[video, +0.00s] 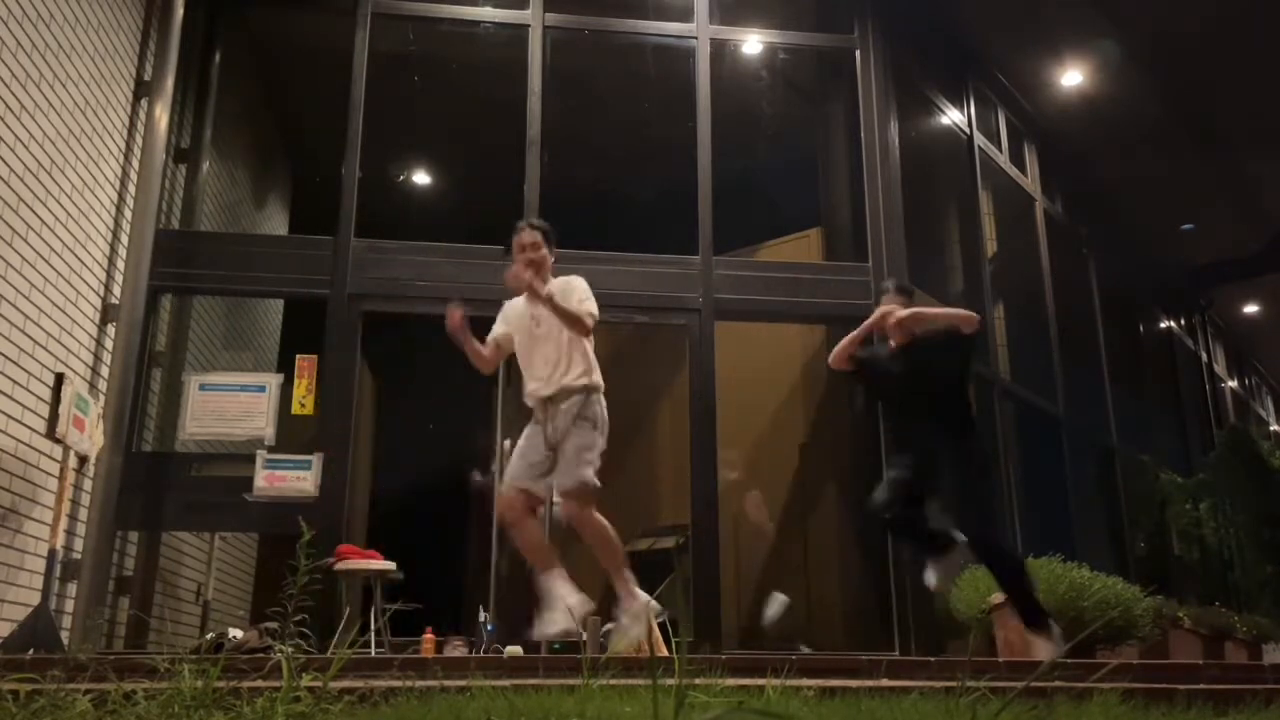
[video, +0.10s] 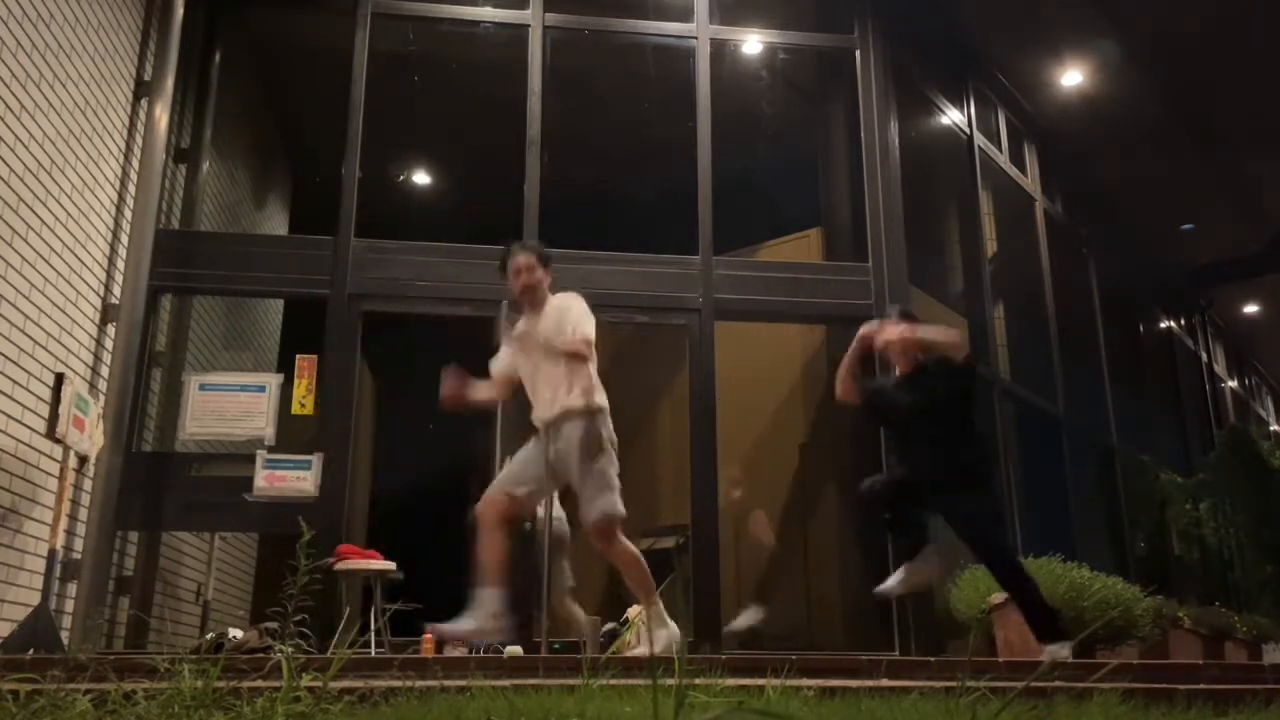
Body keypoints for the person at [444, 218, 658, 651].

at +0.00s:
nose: (529, 256)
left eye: (535, 247)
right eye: (522, 250)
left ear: (550, 252)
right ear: (512, 260)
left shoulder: (570, 285)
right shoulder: (514, 308)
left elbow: (585, 327)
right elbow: (488, 362)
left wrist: (541, 294)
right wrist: (463, 336)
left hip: (582, 406)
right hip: (543, 416)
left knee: (576, 507)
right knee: (511, 506)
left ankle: (633, 601)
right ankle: (565, 599)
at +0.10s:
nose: (524, 278)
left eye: (531, 270)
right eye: (516, 272)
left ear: (547, 273)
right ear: (509, 281)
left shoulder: (568, 304)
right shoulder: (518, 333)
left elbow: (583, 349)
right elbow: (498, 388)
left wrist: (534, 331)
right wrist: (465, 390)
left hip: (586, 425)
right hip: (548, 434)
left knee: (605, 534)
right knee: (491, 509)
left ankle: (660, 625)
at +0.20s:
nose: (515, 307)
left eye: (521, 297)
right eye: (506, 301)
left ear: (537, 302)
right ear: (498, 310)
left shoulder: (564, 338)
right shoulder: (511, 366)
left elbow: (586, 388)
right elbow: (502, 430)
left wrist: (558, 424)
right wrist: (466, 468)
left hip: (590, 459)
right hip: (546, 464)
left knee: (605, 557)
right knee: (483, 530)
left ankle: (664, 633)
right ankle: (421, 622)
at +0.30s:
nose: (492, 307)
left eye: (498, 299)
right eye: (483, 301)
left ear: (512, 305)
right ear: (472, 312)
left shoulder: (539, 345)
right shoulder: (478, 365)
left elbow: (581, 397)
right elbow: (489, 435)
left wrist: (613, 446)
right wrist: (488, 497)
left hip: (567, 459)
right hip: (520, 470)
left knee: (592, 555)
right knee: (458, 534)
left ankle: (661, 629)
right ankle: (408, 631)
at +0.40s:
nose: (465, 291)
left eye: (471, 283)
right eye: (456, 284)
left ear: (484, 287)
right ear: (442, 292)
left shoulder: (509, 328)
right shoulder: (443, 342)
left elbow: (563, 364)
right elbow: (461, 399)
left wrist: (610, 390)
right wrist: (475, 446)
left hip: (528, 449)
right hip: (479, 456)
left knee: (568, 541)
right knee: (426, 523)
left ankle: (641, 616)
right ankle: (402, 630)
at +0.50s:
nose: (451, 272)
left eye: (458, 264)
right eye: (443, 264)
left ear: (469, 269)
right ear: (428, 269)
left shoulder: (493, 311)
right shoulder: (419, 320)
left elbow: (541, 339)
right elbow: (429, 373)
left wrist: (584, 360)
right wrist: (441, 415)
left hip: (496, 433)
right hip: (446, 438)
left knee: (516, 530)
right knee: (408, 523)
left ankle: (585, 589)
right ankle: (401, 630)